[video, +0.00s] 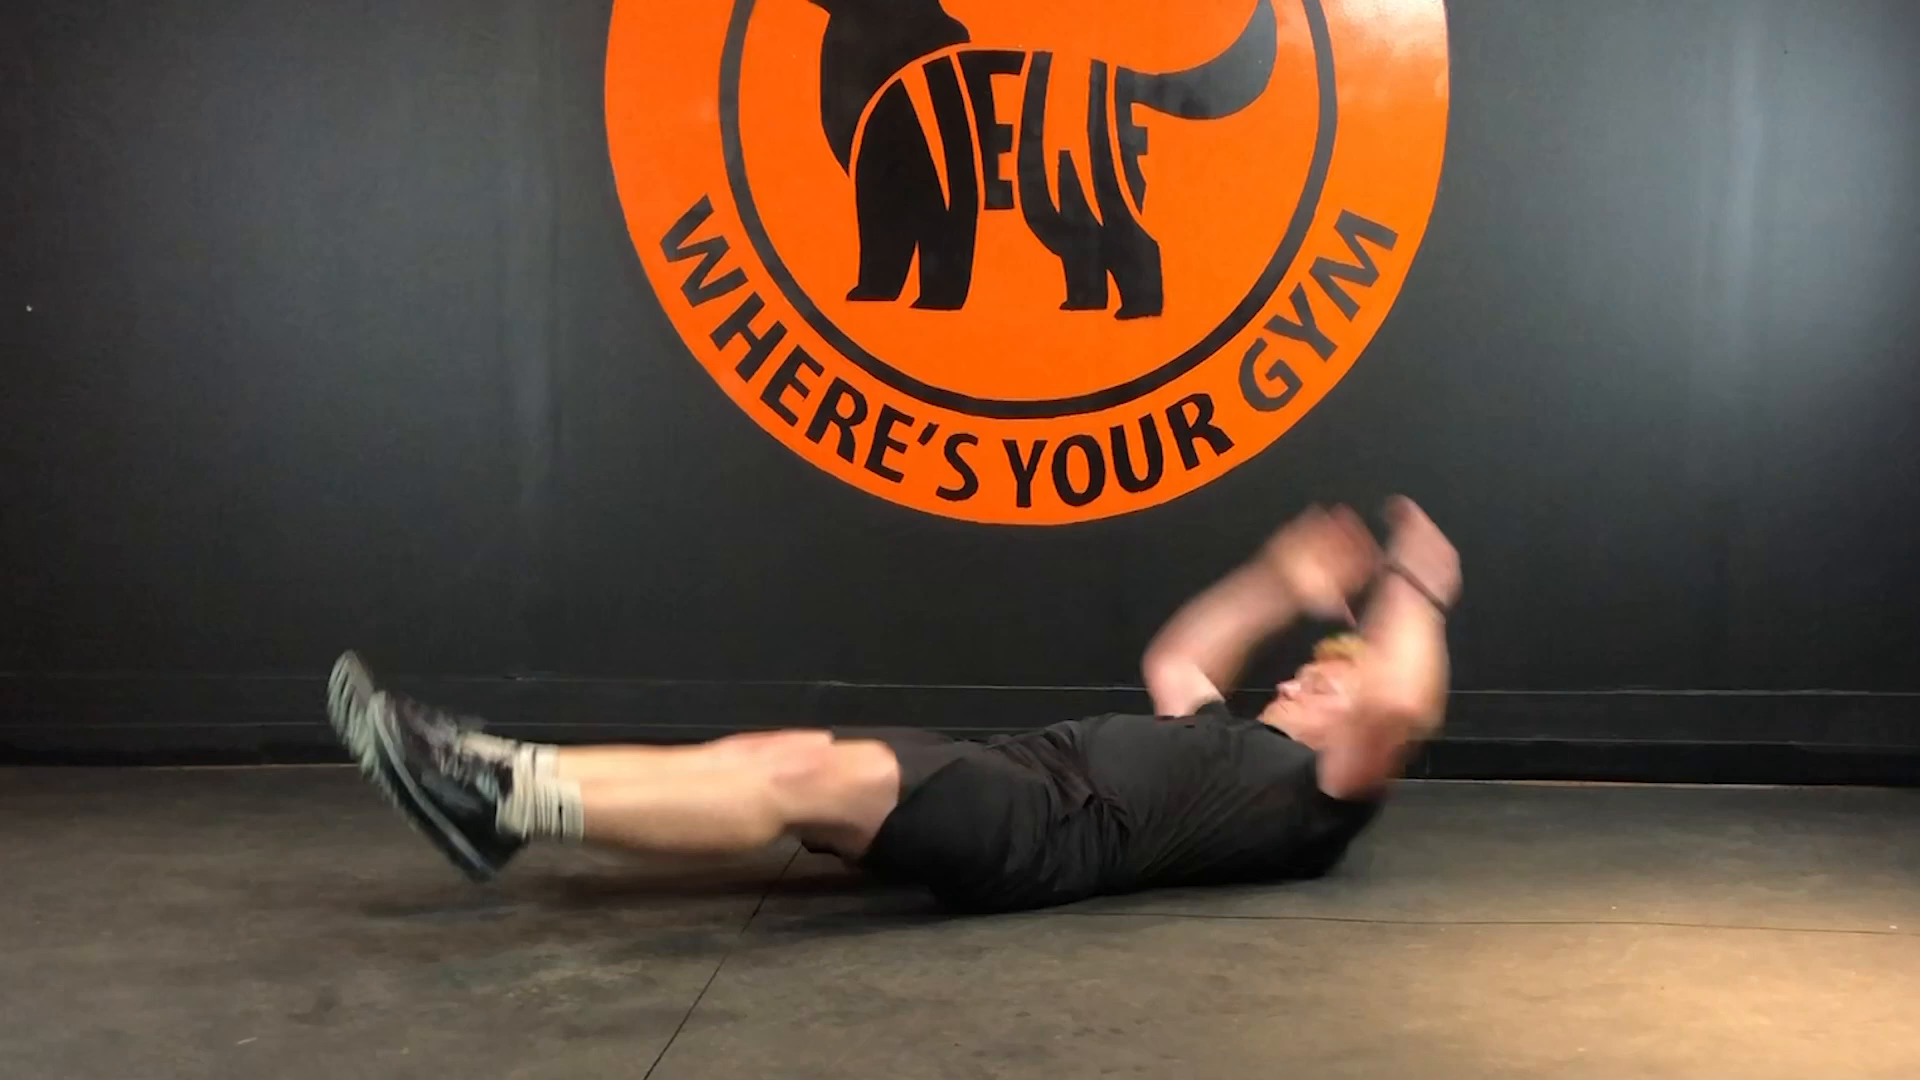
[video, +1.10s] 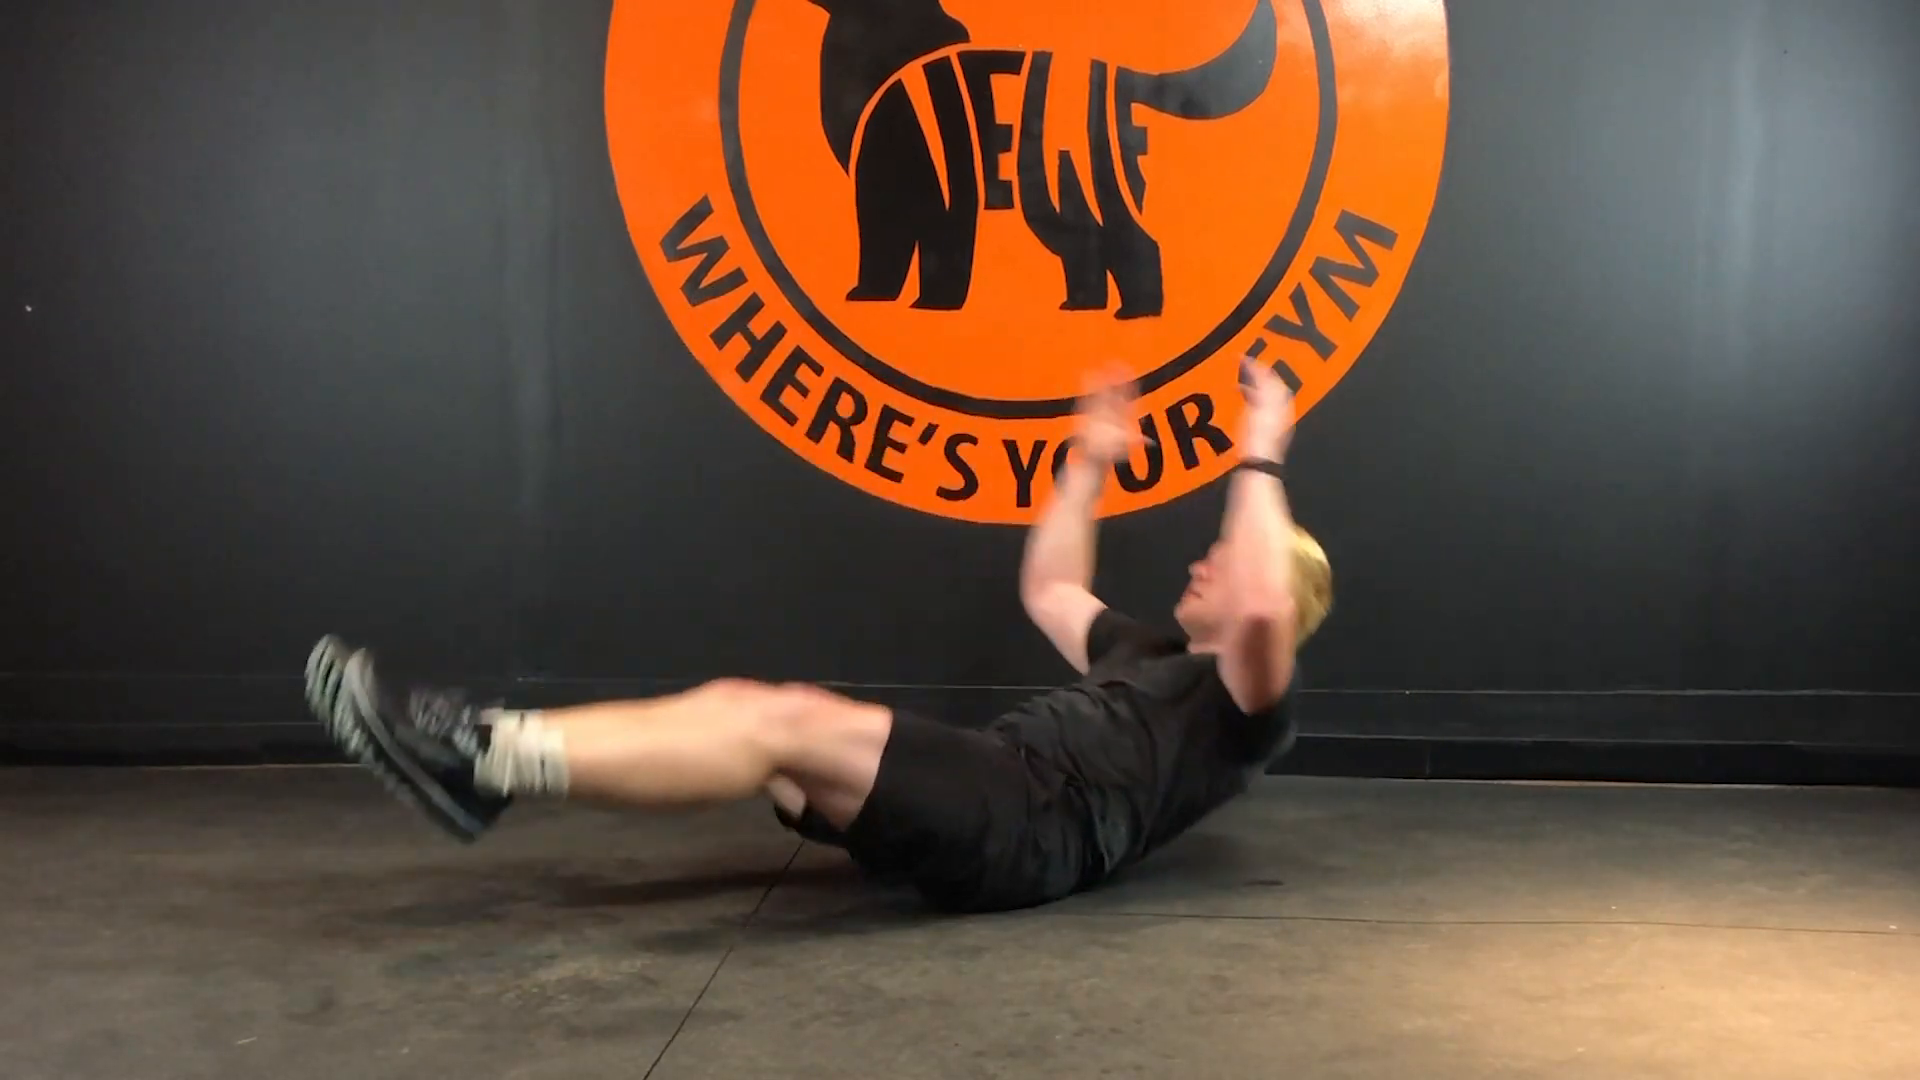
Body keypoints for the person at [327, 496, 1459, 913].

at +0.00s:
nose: (1327, 679)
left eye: (1350, 683)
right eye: (1326, 668)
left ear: (1367, 734)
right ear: (1295, 696)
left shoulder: (1307, 791)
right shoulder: (1221, 744)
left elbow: (1402, 696)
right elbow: (1183, 655)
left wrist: (1419, 589)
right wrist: (1288, 573)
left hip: (1053, 817)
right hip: (999, 771)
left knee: (812, 777)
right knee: (767, 754)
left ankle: (515, 806)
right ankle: (485, 780)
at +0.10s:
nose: (1282, 630)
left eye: (1308, 636)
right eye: (1287, 619)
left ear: (1337, 696)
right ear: (1275, 644)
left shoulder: (1297, 754)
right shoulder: (1201, 707)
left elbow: (1231, 661)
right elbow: (1108, 607)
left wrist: (1154, 522)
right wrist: (1074, 477)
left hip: (1045, 824)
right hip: (1001, 787)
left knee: (798, 721)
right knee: (772, 706)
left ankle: (518, 731)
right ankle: (507, 721)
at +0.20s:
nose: (1209, 590)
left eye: (1238, 580)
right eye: (1222, 574)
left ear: (1295, 622)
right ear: (1257, 607)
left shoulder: (1266, 701)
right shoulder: (1211, 683)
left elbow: (1145, 655)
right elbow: (1059, 612)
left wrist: (995, 540)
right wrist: (957, 476)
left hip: (1037, 830)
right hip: (987, 813)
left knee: (824, 658)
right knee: (789, 645)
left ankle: (544, 645)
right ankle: (528, 636)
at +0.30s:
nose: (1150, 532)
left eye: (1173, 522)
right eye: (1157, 515)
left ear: (1233, 557)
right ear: (1158, 526)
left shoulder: (1225, 642)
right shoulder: (1133, 617)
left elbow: (1085, 593)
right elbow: (955, 531)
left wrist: (960, 511)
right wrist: (864, 431)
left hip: (1027, 833)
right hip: (963, 831)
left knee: (875, 604)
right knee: (836, 602)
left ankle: (600, 537)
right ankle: (579, 542)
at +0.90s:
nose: (1139, 508)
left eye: (1171, 500)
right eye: (1147, 494)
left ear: (1225, 548)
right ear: (1139, 510)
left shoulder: (1215, 653)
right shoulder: (1080, 599)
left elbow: (1154, 604)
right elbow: (967, 565)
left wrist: (1072, 455)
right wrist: (915, 454)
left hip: (1012, 831)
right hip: (931, 818)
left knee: (842, 618)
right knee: (775, 624)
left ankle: (559, 657)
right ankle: (520, 655)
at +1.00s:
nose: (1175, 530)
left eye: (1205, 528)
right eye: (1182, 517)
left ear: (1251, 576)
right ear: (1194, 542)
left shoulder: (1225, 675)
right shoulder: (1119, 629)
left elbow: (1191, 588)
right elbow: (1005, 570)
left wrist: (1154, 421)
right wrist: (995, 435)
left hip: (1016, 822)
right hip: (953, 794)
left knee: (809, 658)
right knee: (764, 658)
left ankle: (508, 696)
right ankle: (491, 697)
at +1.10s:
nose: (1195, 567)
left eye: (1226, 560)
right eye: (1208, 553)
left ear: (1276, 611)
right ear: (1218, 585)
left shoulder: (1233, 707)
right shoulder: (1145, 662)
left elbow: (1266, 619)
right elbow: (1058, 589)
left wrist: (1261, 457)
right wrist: (1088, 458)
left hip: (1021, 819)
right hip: (965, 791)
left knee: (773, 716)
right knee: (742, 706)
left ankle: (492, 760)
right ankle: (469, 751)